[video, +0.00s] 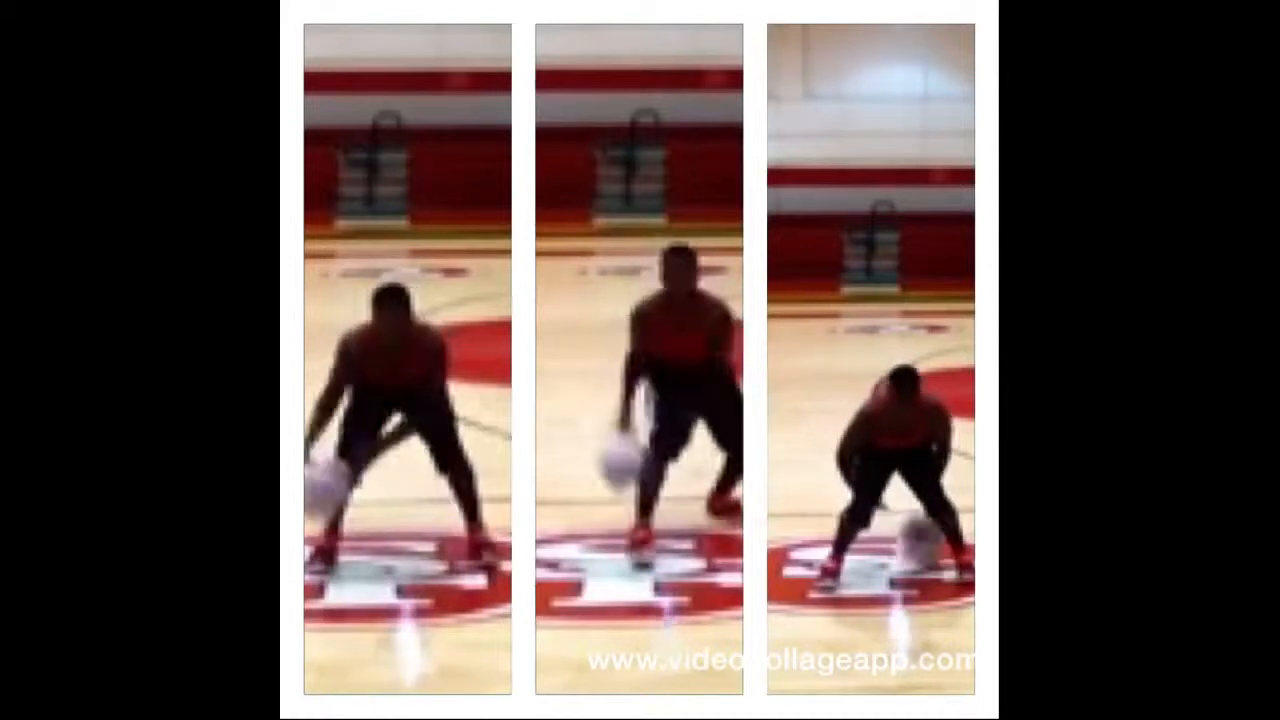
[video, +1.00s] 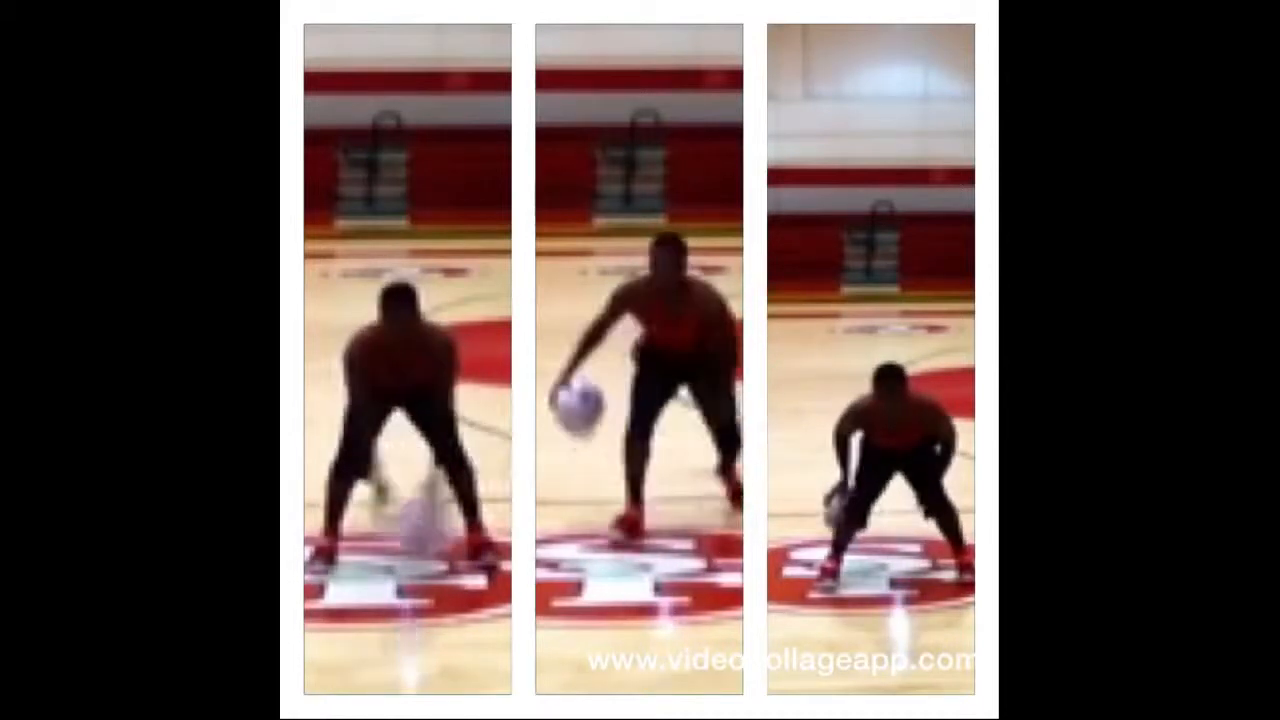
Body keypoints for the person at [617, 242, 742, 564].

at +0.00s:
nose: (678, 281)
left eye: (684, 274)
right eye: (672, 274)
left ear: (695, 274)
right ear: (663, 275)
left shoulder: (715, 313)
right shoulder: (647, 315)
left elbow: (726, 363)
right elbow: (634, 364)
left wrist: (734, 400)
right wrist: (626, 413)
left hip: (711, 383)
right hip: (670, 386)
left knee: (741, 444)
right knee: (664, 445)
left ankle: (720, 497)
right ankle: (643, 521)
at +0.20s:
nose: (671, 269)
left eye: (678, 262)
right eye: (665, 261)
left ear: (690, 263)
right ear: (658, 260)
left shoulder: (712, 298)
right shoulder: (637, 292)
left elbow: (740, 339)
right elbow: (599, 328)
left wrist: (739, 382)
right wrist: (568, 372)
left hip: (704, 367)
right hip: (659, 364)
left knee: (719, 428)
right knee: (627, 431)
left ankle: (736, 486)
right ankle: (634, 498)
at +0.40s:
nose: (677, 284)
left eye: (683, 276)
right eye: (671, 276)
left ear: (694, 277)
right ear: (661, 277)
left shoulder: (711, 316)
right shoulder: (640, 317)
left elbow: (725, 367)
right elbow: (642, 372)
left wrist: (732, 409)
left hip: (692, 384)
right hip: (646, 383)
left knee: (704, 440)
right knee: (607, 445)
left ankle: (734, 510)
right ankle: (632, 499)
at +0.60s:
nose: (685, 269)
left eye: (690, 261)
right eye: (678, 262)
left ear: (700, 261)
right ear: (666, 263)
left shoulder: (717, 284)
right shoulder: (648, 297)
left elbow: (754, 306)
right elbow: (611, 342)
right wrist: (607, 399)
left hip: (695, 356)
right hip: (650, 360)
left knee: (732, 420)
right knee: (634, 424)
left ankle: (729, 495)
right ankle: (623, 492)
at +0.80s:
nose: (676, 285)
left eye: (682, 277)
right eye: (670, 277)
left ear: (692, 278)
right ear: (659, 279)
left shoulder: (713, 316)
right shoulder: (642, 321)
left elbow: (717, 374)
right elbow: (632, 377)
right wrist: (635, 424)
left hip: (704, 383)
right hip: (663, 386)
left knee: (744, 432)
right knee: (660, 445)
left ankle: (718, 484)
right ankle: (646, 516)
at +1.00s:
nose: (663, 271)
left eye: (670, 263)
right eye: (658, 262)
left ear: (683, 264)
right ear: (650, 263)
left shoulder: (705, 299)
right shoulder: (633, 295)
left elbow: (730, 344)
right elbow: (597, 332)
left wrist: (727, 387)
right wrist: (566, 376)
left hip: (703, 362)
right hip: (658, 361)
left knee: (727, 431)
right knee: (638, 432)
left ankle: (727, 471)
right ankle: (634, 508)